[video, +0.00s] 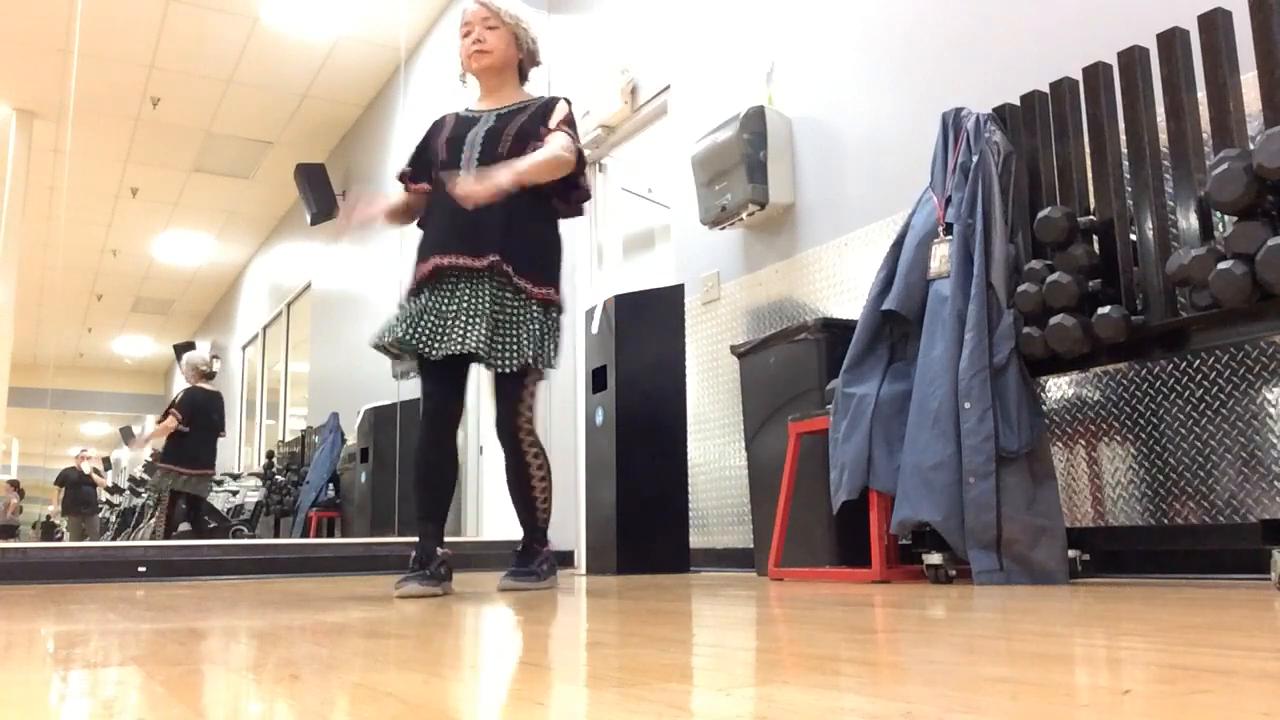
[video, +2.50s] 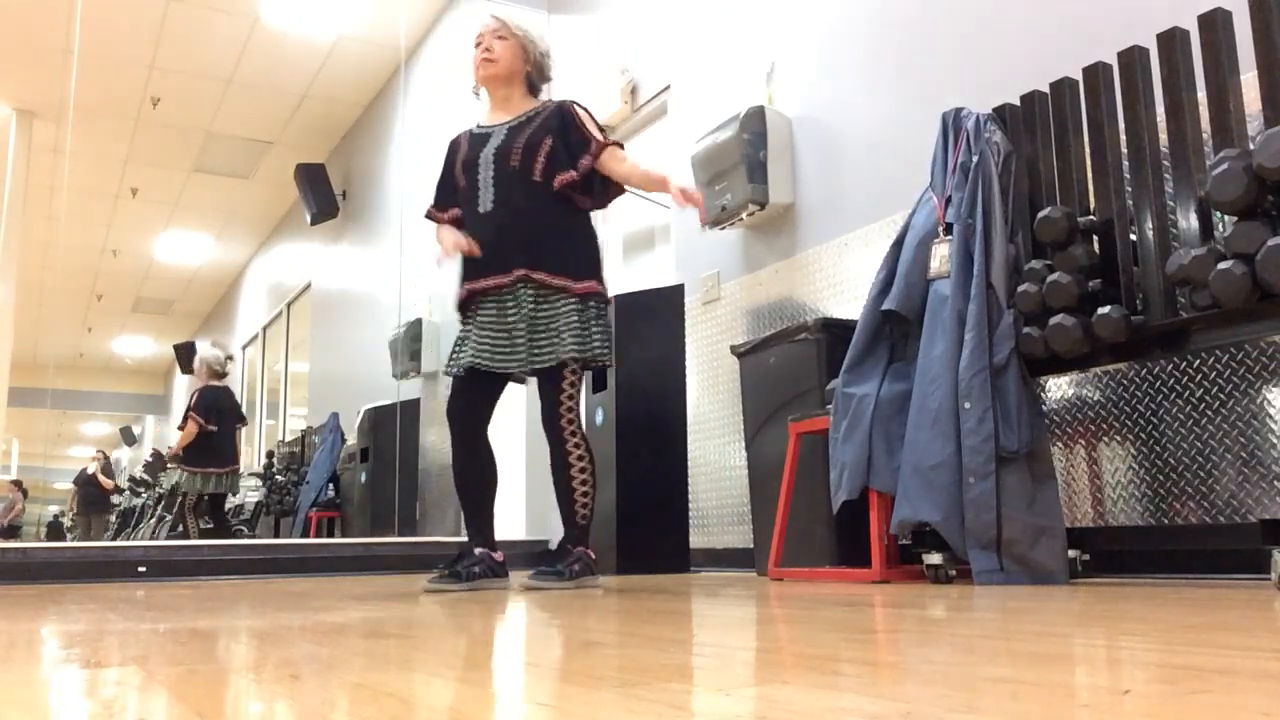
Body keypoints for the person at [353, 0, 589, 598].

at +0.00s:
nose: (474, 37)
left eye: (488, 27)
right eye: (466, 32)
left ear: (521, 45)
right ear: (461, 55)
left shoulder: (549, 109)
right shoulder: (444, 128)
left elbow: (562, 157)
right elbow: (412, 203)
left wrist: (500, 176)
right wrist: (373, 208)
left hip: (518, 282)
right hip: (445, 280)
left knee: (514, 423)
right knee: (437, 421)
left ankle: (535, 551)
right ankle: (427, 556)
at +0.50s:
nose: (476, 43)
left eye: (489, 33)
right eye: (468, 38)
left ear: (520, 50)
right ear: (463, 60)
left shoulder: (550, 118)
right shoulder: (448, 126)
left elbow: (592, 176)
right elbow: (384, 181)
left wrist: (517, 175)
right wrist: (424, 137)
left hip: (530, 285)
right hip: (460, 288)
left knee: (521, 419)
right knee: (460, 425)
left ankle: (537, 551)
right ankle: (472, 552)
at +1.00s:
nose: (460, 46)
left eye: (474, 37)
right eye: (455, 41)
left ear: (505, 57)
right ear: (451, 64)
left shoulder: (526, 121)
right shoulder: (436, 139)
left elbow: (549, 194)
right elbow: (426, 221)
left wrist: (551, 253)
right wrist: (401, 230)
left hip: (500, 287)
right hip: (435, 292)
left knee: (485, 403)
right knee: (442, 425)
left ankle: (529, 535)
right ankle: (476, 549)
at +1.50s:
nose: (442, 27)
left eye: (460, 23)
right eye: (438, 22)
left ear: (486, 50)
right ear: (432, 49)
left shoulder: (504, 108)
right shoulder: (414, 128)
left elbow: (549, 189)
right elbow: (411, 210)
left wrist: (553, 260)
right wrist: (382, 221)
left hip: (473, 280)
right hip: (410, 282)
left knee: (440, 401)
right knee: (400, 420)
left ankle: (438, 550)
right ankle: (471, 541)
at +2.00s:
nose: (456, 30)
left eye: (471, 25)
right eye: (449, 28)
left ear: (499, 49)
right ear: (444, 57)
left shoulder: (520, 107)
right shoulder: (427, 129)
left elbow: (551, 181)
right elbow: (406, 211)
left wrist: (460, 204)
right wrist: (394, 205)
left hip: (505, 281)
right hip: (442, 286)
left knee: (502, 411)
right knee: (456, 420)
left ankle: (543, 542)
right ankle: (479, 547)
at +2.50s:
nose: (483, 46)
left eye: (498, 39)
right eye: (478, 41)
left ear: (528, 59)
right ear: (476, 66)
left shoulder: (560, 114)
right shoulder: (465, 143)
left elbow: (616, 163)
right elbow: (447, 221)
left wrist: (668, 184)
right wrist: (452, 238)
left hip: (563, 287)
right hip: (494, 292)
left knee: (562, 416)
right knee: (464, 413)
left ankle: (578, 549)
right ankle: (483, 550)